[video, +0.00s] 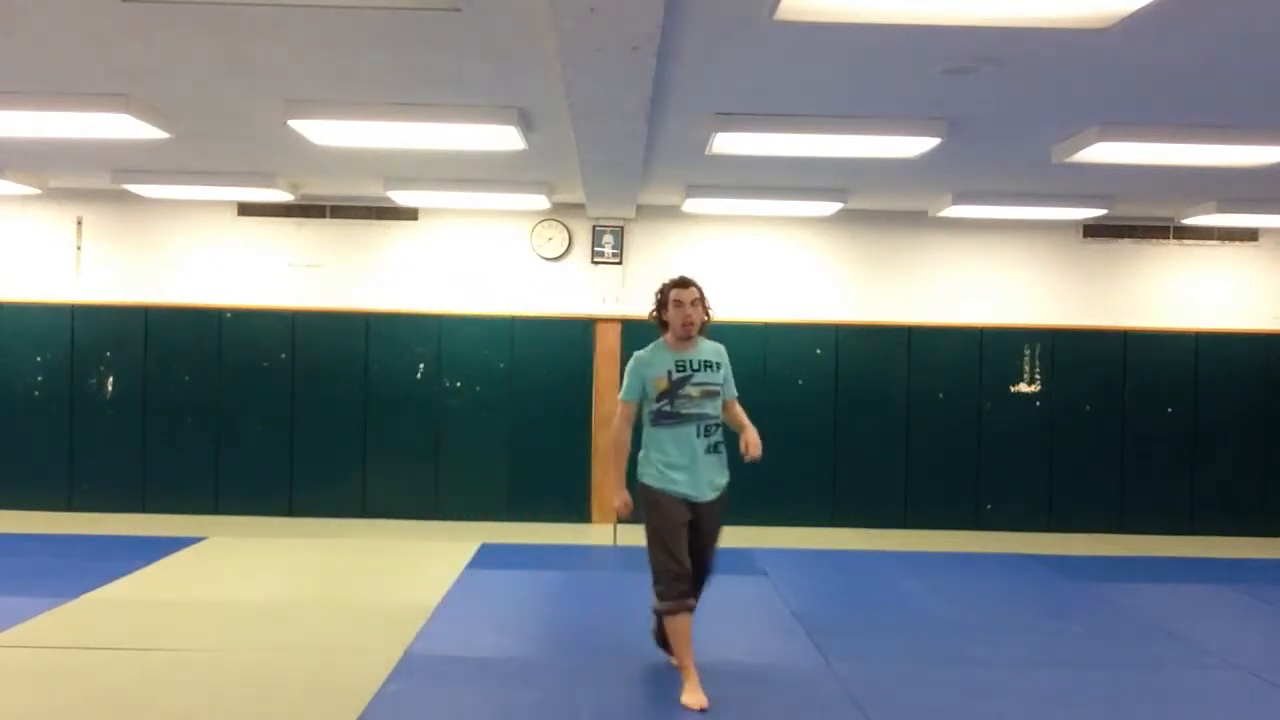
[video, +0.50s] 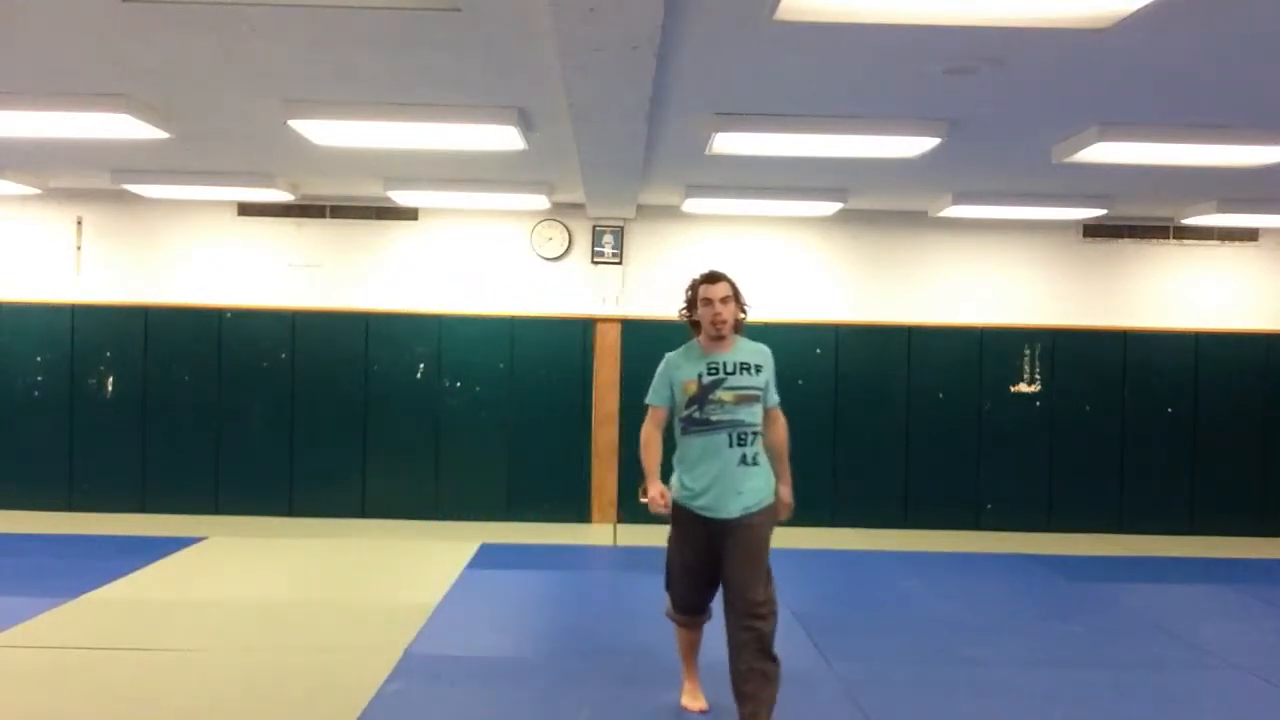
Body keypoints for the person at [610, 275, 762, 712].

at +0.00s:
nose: (687, 312)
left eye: (694, 304)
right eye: (678, 305)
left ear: (704, 311)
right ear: (664, 313)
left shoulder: (718, 354)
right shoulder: (644, 361)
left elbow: (729, 404)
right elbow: (623, 424)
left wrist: (747, 427)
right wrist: (618, 484)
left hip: (710, 481)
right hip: (662, 482)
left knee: (699, 569)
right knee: (676, 574)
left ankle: (669, 625)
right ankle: (690, 674)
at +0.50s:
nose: (717, 310)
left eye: (725, 301)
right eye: (707, 303)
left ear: (738, 307)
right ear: (695, 310)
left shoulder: (760, 356)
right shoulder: (675, 363)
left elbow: (773, 420)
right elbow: (652, 425)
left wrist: (783, 480)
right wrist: (653, 478)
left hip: (752, 503)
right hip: (693, 504)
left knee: (752, 613)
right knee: (688, 602)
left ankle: (756, 710)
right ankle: (690, 678)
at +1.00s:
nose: (737, 305)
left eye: (745, 294)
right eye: (727, 297)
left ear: (762, 301)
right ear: (715, 306)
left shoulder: (795, 355)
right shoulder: (701, 364)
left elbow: (826, 420)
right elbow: (688, 435)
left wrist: (814, 446)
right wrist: (682, 491)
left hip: (776, 523)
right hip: (711, 521)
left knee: (768, 647)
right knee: (711, 637)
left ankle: (756, 716)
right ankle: (706, 718)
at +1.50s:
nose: (713, 292)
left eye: (723, 281)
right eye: (702, 284)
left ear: (741, 290)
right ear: (690, 296)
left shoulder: (779, 341)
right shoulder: (680, 357)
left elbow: (811, 414)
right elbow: (672, 435)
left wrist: (774, 431)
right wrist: (674, 502)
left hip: (775, 523)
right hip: (703, 527)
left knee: (789, 648)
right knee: (709, 655)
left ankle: (794, 718)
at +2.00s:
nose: (746, 291)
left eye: (756, 281)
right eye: (736, 282)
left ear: (777, 291)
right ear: (724, 294)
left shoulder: (806, 343)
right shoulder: (718, 358)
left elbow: (818, 415)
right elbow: (716, 435)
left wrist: (761, 358)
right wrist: (711, 503)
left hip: (800, 526)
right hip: (736, 527)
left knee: (787, 674)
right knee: (750, 672)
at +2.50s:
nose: (803, 287)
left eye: (813, 278)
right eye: (791, 277)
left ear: (826, 291)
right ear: (772, 290)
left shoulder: (858, 349)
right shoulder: (752, 359)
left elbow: (897, 420)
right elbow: (744, 432)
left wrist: (890, 495)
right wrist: (738, 491)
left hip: (846, 527)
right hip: (772, 527)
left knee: (876, 664)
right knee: (771, 660)